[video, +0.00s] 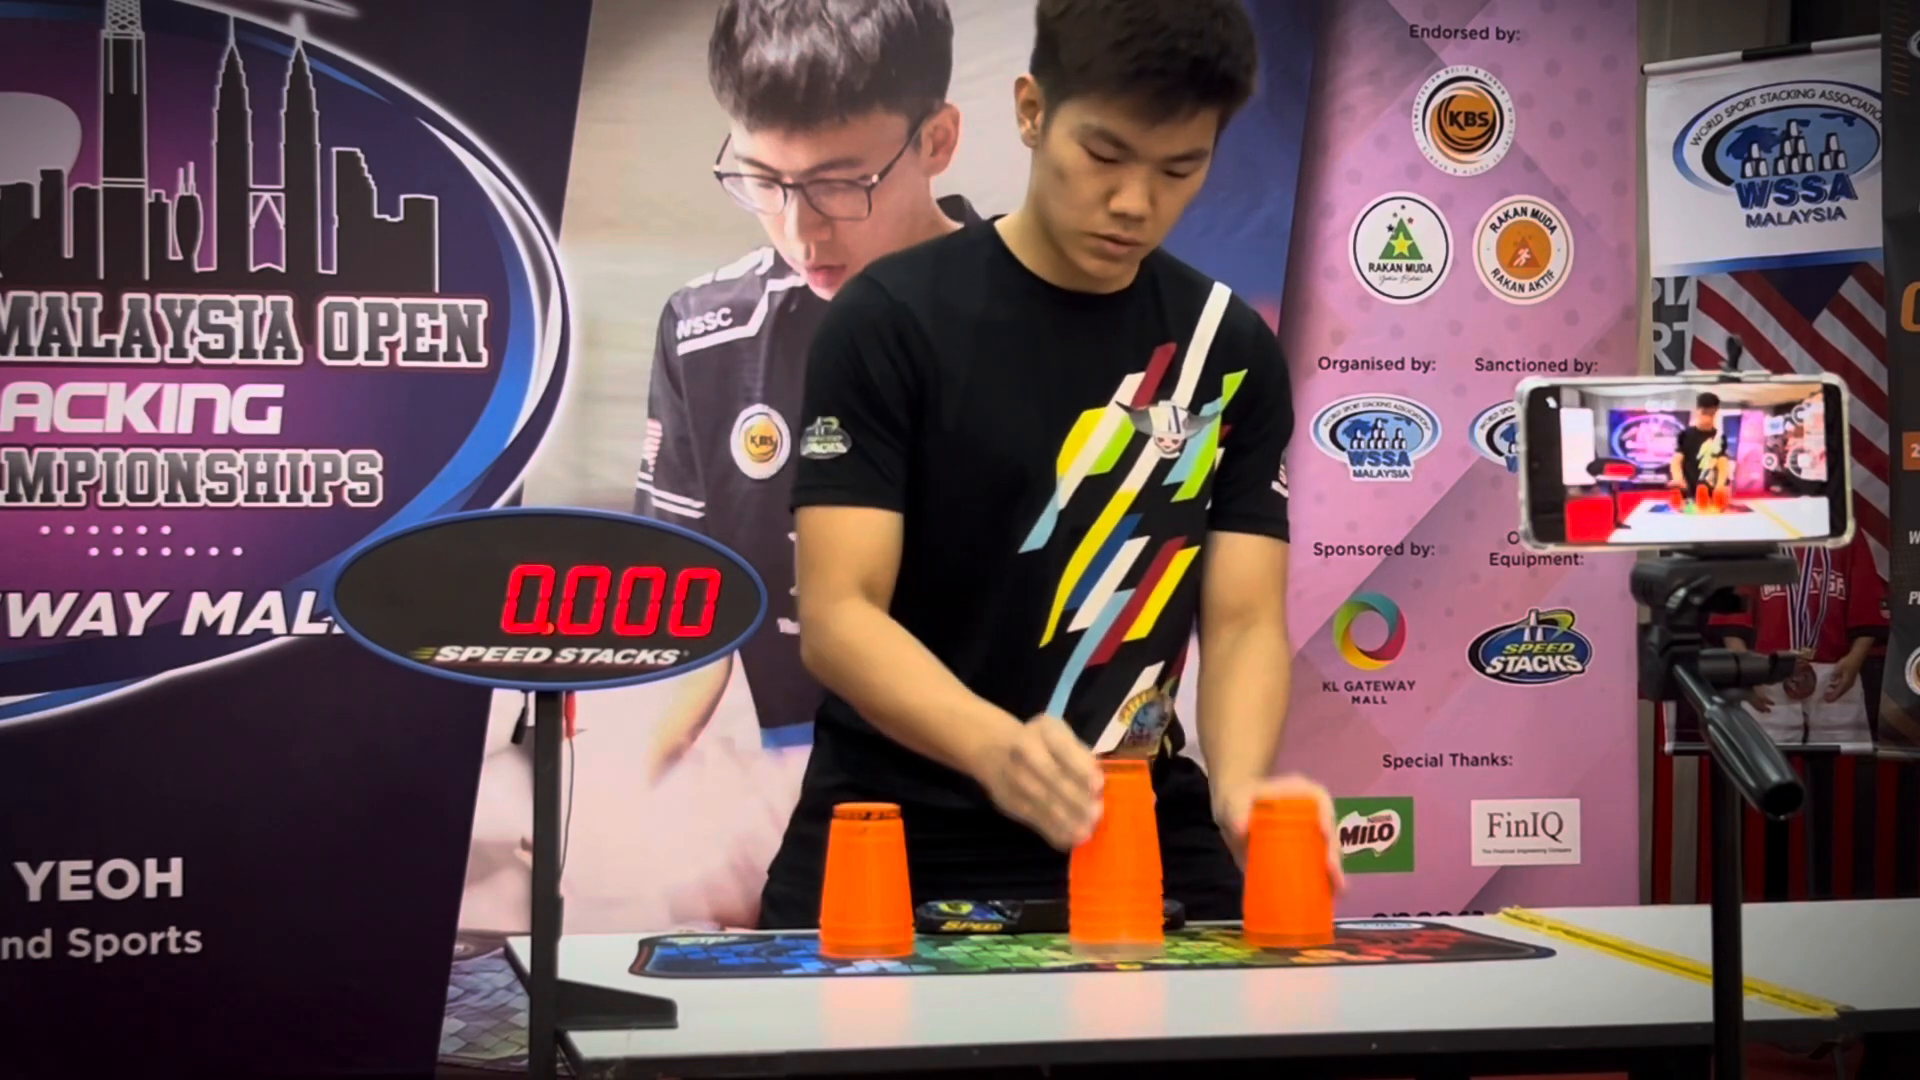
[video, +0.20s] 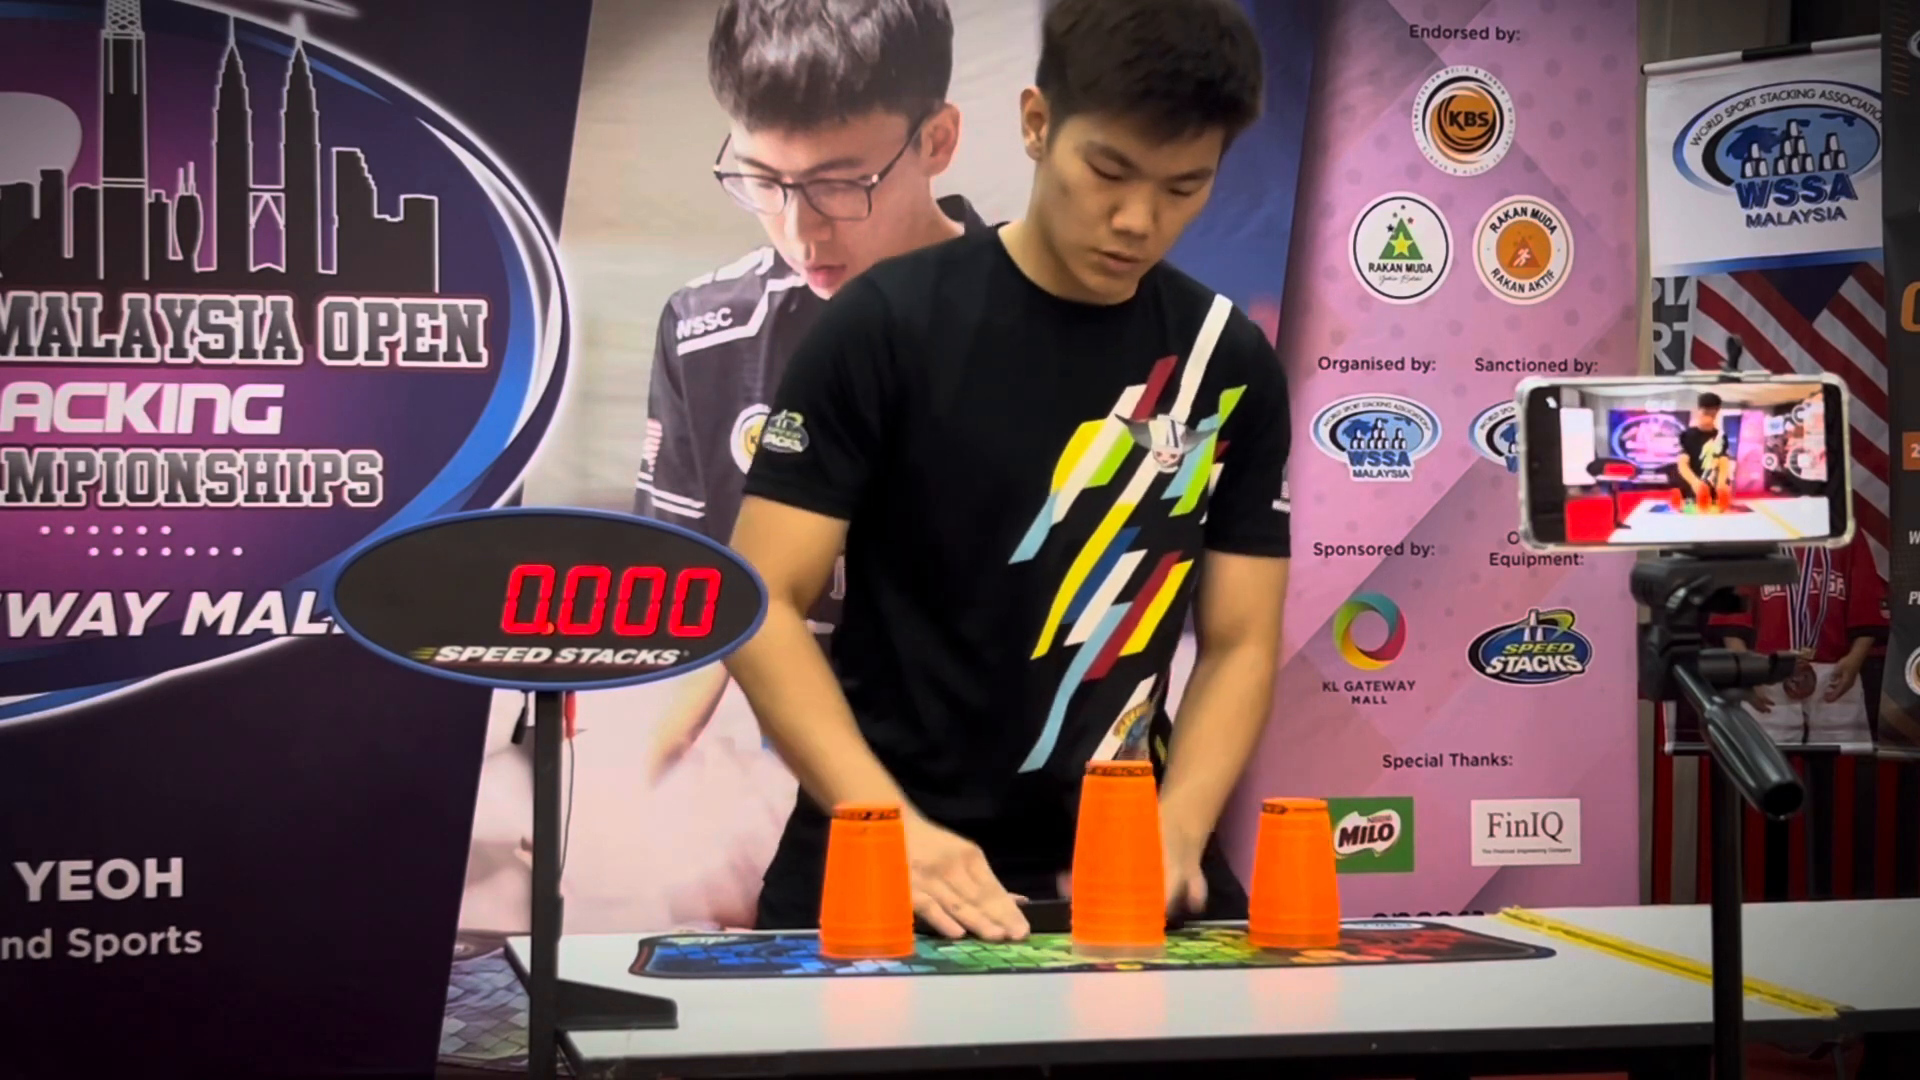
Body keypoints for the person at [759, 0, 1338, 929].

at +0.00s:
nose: (1133, 204)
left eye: (1176, 168)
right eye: (1103, 153)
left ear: (1212, 154)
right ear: (1030, 113)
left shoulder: (1233, 351)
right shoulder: (890, 319)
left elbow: (1244, 619)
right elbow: (836, 618)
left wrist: (1241, 781)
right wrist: (993, 748)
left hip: (1141, 858)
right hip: (892, 856)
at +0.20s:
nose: (1137, 221)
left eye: (1181, 186)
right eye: (1108, 169)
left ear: (1216, 171)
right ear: (1035, 124)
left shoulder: (1230, 369)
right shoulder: (883, 324)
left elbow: (1239, 642)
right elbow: (757, 601)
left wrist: (1177, 837)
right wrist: (887, 824)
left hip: (1102, 903)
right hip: (873, 892)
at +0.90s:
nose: (1128, 268)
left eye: (1173, 235)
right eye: (1100, 216)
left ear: (1209, 213)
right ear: (1028, 169)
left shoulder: (1214, 406)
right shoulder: (874, 355)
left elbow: (1238, 681)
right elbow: (741, 618)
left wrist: (1177, 852)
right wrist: (922, 817)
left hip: (1092, 921)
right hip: (856, 906)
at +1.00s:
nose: (1139, 268)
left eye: (1183, 236)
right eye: (1112, 216)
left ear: (1215, 217)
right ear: (1034, 170)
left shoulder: (1220, 404)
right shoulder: (887, 359)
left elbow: (1223, 662)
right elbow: (820, 659)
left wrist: (1190, 787)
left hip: (1086, 905)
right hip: (865, 894)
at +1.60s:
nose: (1139, 246)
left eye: (1184, 211)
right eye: (1111, 192)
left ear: (1217, 198)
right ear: (1037, 155)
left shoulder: (1229, 405)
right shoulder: (885, 353)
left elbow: (1227, 673)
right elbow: (812, 635)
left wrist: (1184, 763)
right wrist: (927, 745)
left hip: (1116, 892)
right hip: (874, 885)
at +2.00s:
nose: (1089, 235)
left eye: (1136, 204)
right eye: (1062, 183)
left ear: (1182, 194)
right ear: (1002, 146)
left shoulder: (1216, 396)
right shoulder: (856, 351)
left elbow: (1218, 686)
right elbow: (765, 608)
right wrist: (811, 709)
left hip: (1094, 894)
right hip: (867, 877)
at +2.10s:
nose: (1050, 228)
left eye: (1099, 196)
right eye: (1025, 176)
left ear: (1150, 187)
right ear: (969, 140)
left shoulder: (1189, 394)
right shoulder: (826, 346)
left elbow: (1181, 697)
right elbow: (740, 593)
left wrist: (1007, 749)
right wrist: (746, 679)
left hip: (1073, 895)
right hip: (841, 882)